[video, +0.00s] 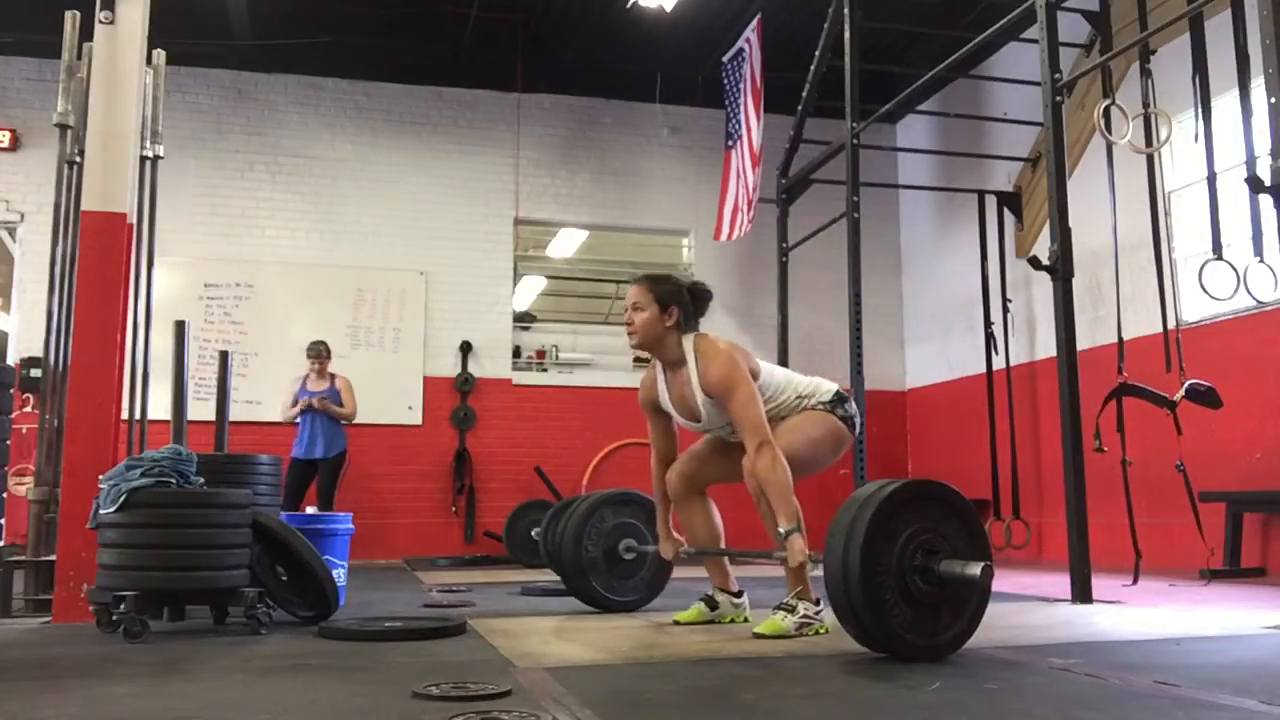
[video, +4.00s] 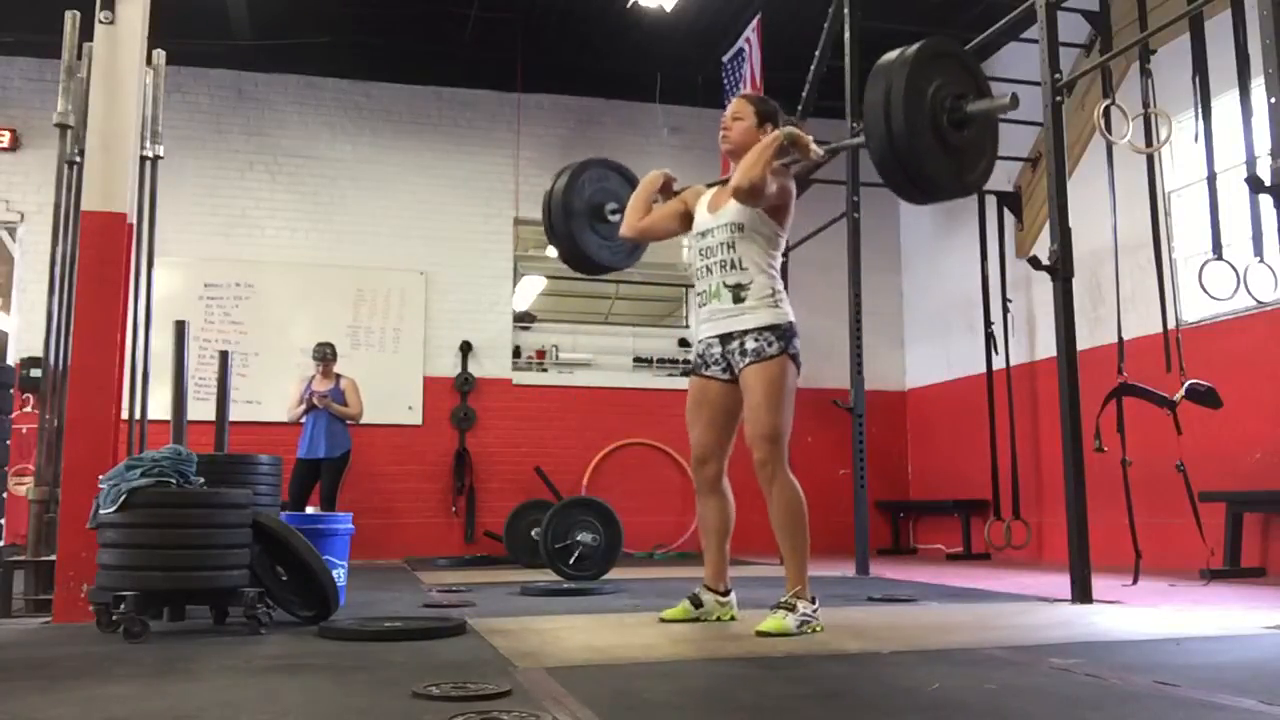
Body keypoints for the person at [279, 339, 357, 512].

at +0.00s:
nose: (317, 367)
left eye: (321, 363)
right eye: (313, 363)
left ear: (328, 361)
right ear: (308, 361)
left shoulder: (340, 383)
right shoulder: (299, 383)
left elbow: (350, 415)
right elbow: (285, 416)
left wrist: (327, 407)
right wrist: (299, 408)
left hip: (332, 449)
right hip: (304, 449)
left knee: (325, 503)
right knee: (289, 504)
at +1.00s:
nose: (321, 369)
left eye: (326, 365)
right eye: (318, 365)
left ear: (333, 362)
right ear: (313, 361)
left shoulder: (345, 384)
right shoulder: (303, 383)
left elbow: (354, 415)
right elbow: (290, 416)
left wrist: (329, 407)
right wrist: (304, 407)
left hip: (335, 450)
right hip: (308, 450)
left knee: (327, 501)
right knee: (294, 499)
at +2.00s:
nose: (323, 370)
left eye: (327, 366)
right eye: (319, 365)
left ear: (335, 362)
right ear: (315, 362)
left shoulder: (346, 383)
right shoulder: (305, 383)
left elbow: (356, 415)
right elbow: (291, 416)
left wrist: (330, 406)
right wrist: (307, 406)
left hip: (335, 449)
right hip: (309, 449)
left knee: (327, 501)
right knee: (296, 498)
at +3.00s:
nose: (321, 370)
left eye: (325, 366)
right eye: (317, 365)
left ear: (333, 363)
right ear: (313, 362)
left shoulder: (345, 384)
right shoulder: (306, 383)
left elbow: (355, 415)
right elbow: (292, 418)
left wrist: (329, 406)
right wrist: (304, 407)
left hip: (335, 450)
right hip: (309, 449)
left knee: (327, 501)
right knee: (296, 498)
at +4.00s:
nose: (322, 370)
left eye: (326, 365)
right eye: (318, 365)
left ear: (334, 362)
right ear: (314, 362)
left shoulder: (346, 383)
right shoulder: (306, 383)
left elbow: (356, 415)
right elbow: (290, 417)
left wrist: (329, 405)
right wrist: (305, 405)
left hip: (335, 450)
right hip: (308, 449)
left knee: (327, 500)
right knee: (295, 499)